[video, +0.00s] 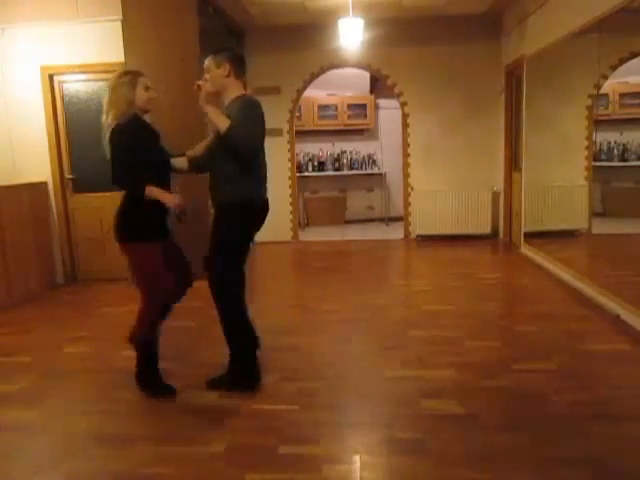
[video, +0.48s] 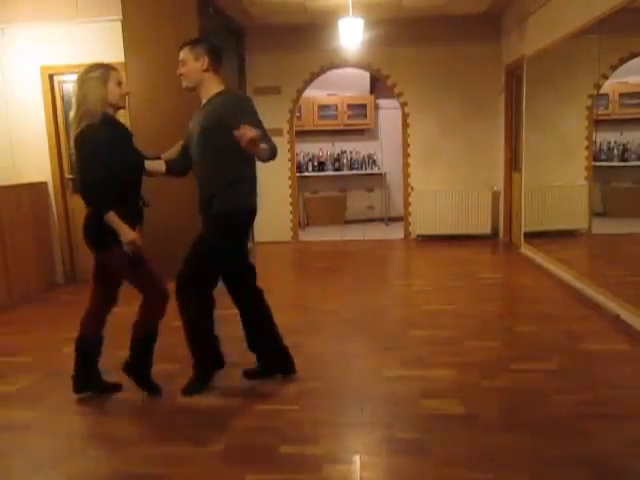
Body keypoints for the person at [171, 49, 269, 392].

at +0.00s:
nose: (204, 78)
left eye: (208, 70)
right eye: (204, 71)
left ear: (227, 71)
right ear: (225, 71)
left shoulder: (246, 107)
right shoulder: (227, 111)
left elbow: (245, 144)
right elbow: (202, 160)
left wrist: (209, 108)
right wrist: (162, 163)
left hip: (245, 205)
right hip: (229, 205)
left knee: (223, 277)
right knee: (221, 276)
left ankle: (244, 368)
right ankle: (241, 362)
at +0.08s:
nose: (199, 77)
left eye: (203, 70)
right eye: (199, 71)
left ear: (223, 69)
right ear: (221, 70)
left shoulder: (243, 106)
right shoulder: (222, 112)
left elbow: (247, 145)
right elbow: (196, 157)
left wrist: (209, 111)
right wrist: (154, 158)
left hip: (243, 207)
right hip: (228, 208)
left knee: (209, 274)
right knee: (226, 277)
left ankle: (243, 363)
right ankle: (243, 362)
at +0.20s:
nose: (195, 75)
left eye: (199, 68)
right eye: (195, 70)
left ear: (220, 68)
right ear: (216, 69)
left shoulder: (242, 106)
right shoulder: (220, 112)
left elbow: (252, 150)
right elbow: (188, 158)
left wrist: (217, 123)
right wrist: (143, 155)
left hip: (242, 207)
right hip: (228, 207)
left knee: (210, 279)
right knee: (228, 280)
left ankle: (250, 349)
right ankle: (245, 364)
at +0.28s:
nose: (191, 73)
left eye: (195, 66)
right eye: (190, 67)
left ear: (217, 66)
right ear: (213, 68)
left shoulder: (242, 105)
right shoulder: (214, 112)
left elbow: (261, 151)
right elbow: (184, 159)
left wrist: (226, 129)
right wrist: (140, 157)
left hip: (242, 205)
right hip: (224, 205)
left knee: (222, 283)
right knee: (228, 282)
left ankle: (245, 366)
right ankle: (264, 353)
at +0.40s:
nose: (185, 72)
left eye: (189, 64)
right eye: (185, 65)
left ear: (210, 64)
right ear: (205, 67)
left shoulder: (241, 104)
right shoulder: (207, 114)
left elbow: (266, 152)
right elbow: (180, 161)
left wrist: (237, 136)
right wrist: (135, 159)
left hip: (241, 206)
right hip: (220, 207)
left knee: (199, 279)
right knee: (237, 286)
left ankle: (228, 354)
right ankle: (274, 356)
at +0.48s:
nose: (179, 70)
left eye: (184, 63)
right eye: (179, 64)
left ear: (205, 63)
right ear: (199, 65)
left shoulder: (235, 103)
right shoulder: (201, 115)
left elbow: (268, 152)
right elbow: (179, 164)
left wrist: (256, 144)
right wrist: (134, 164)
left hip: (234, 211)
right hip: (216, 212)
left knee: (191, 284)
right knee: (243, 287)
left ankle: (206, 363)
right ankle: (275, 359)